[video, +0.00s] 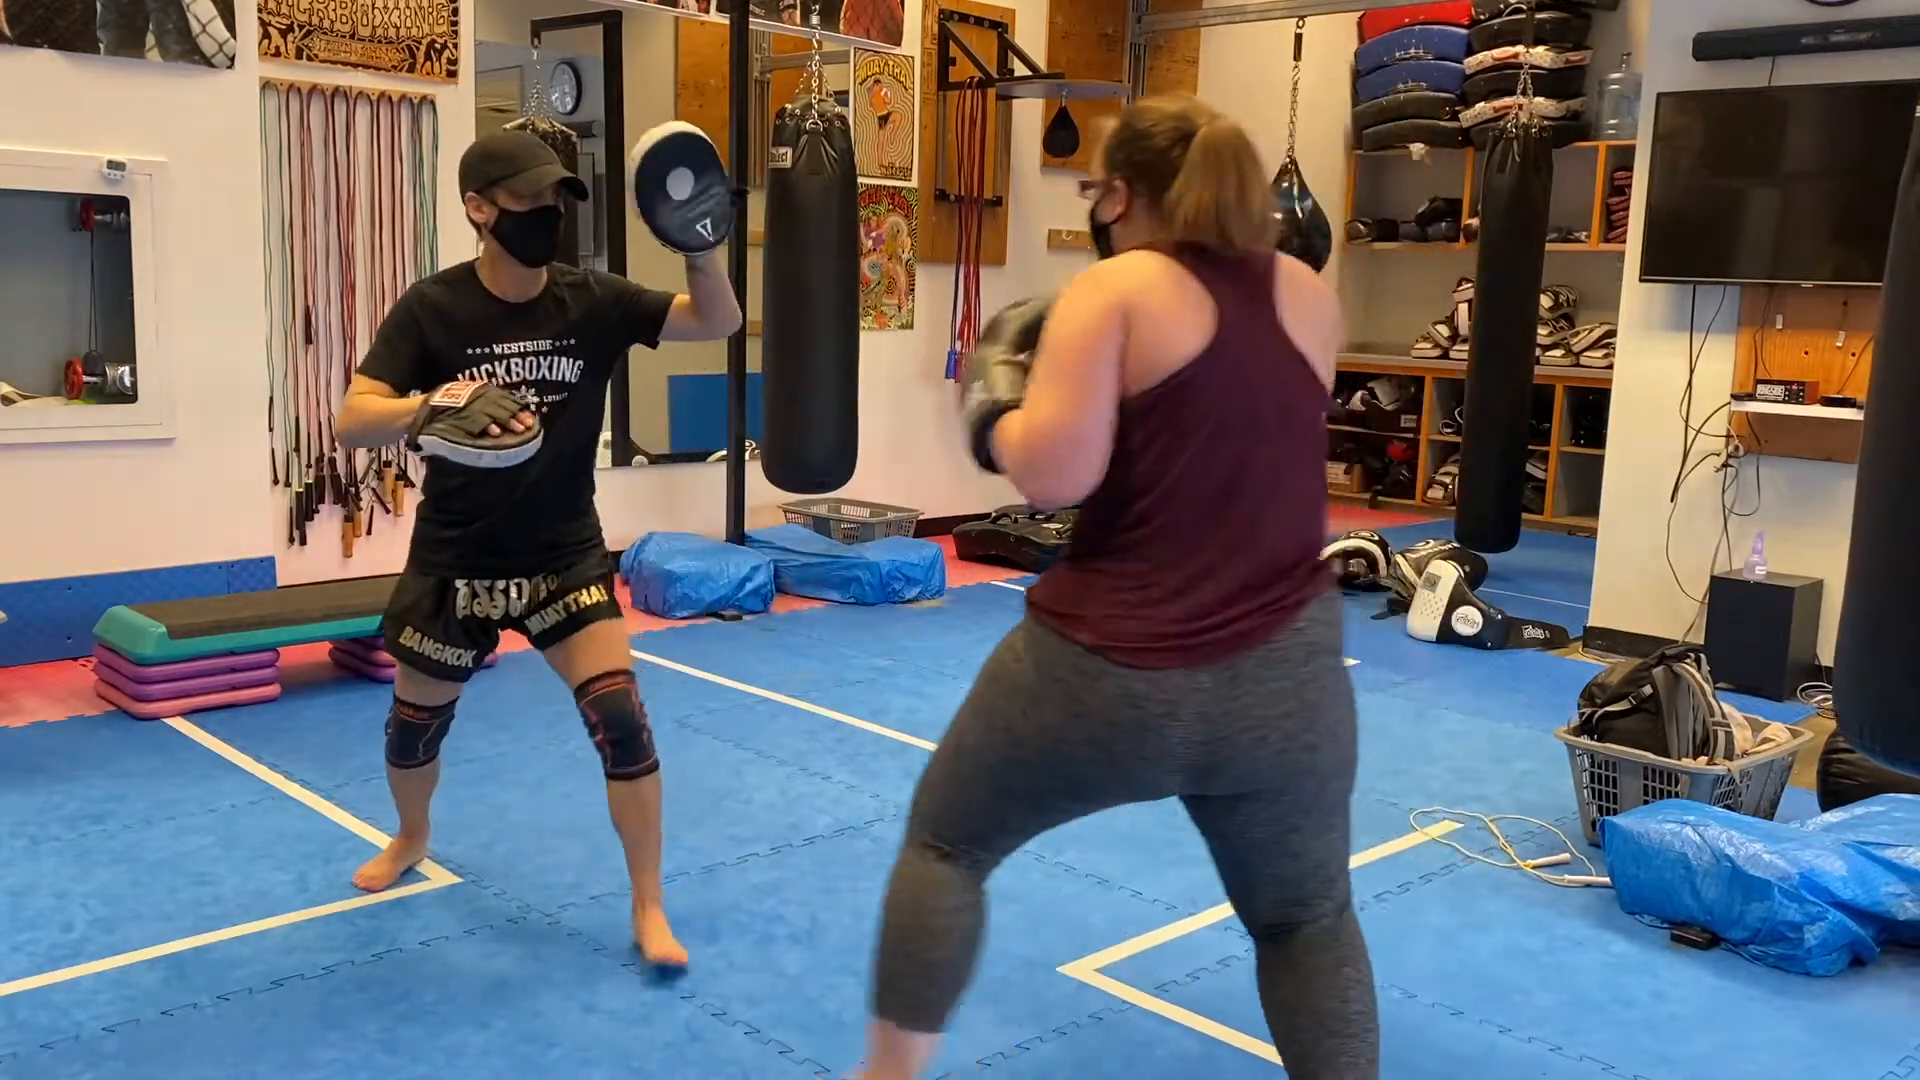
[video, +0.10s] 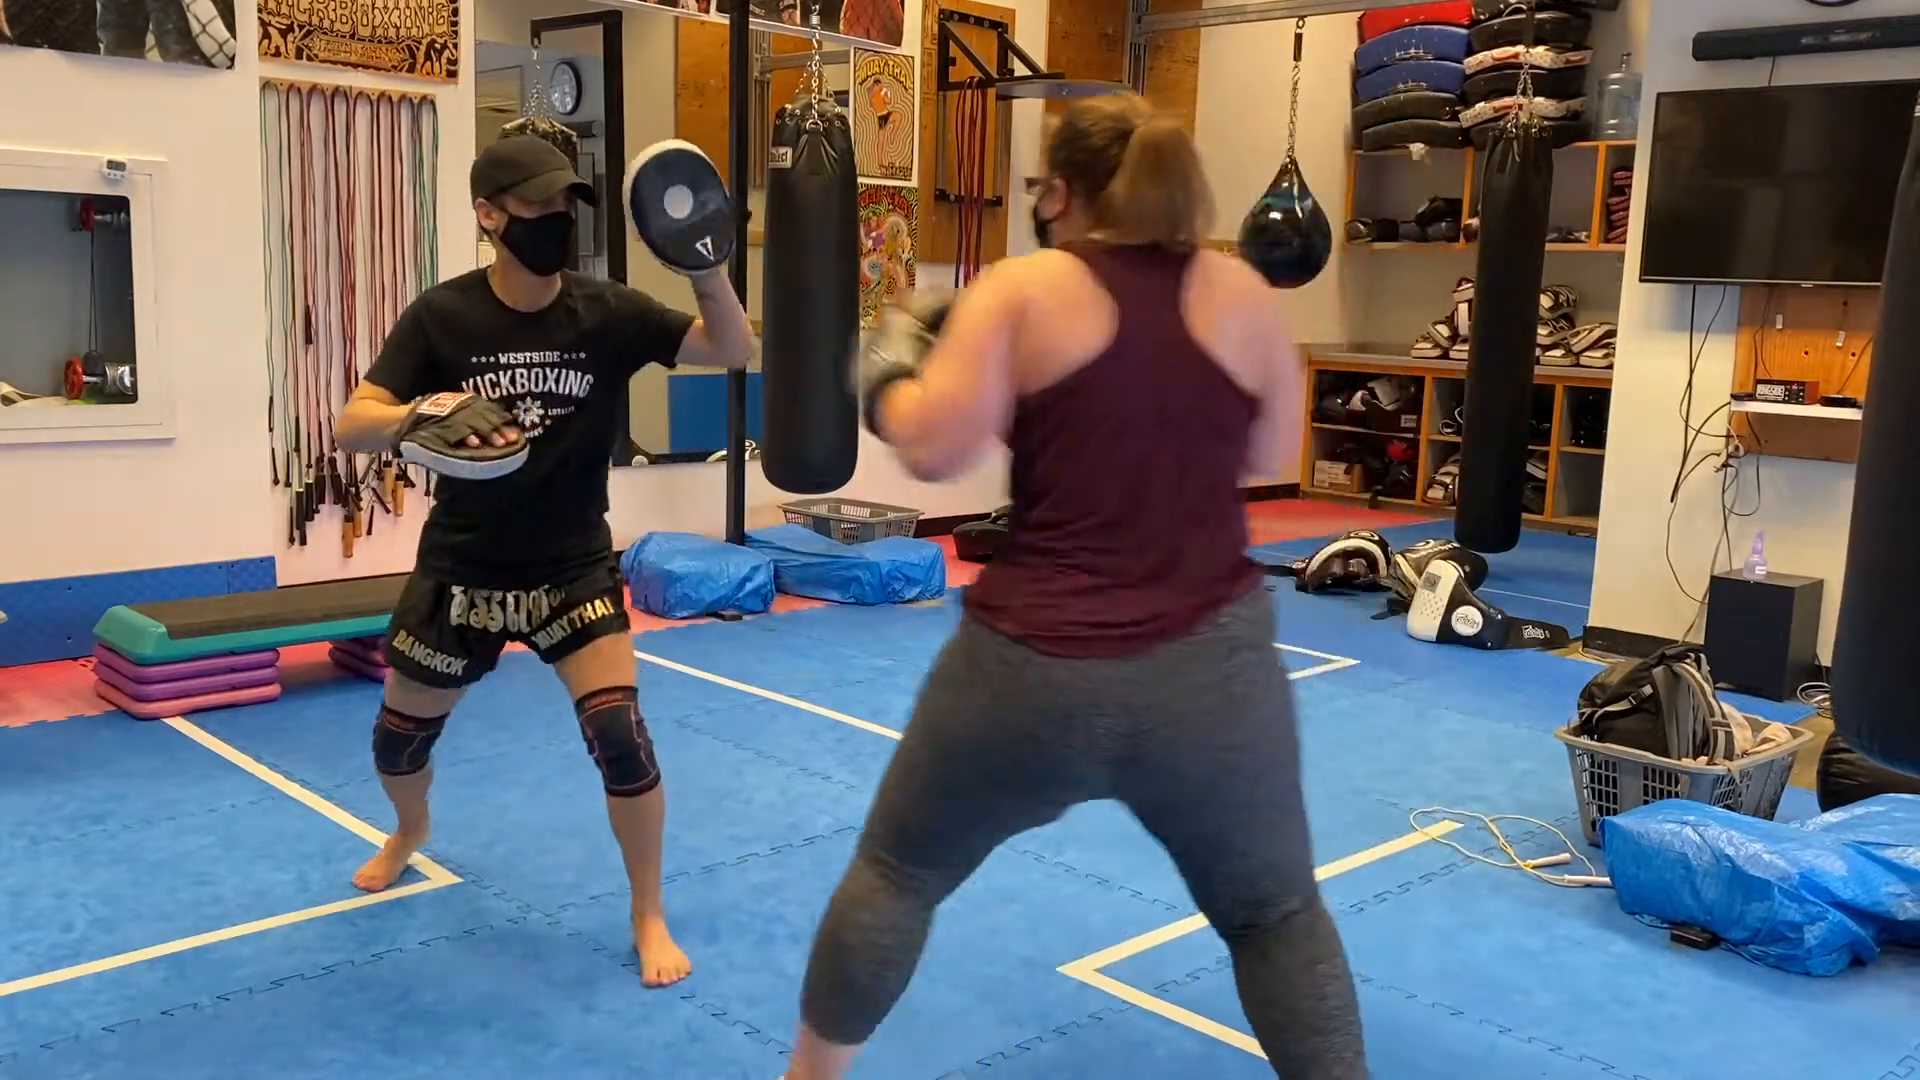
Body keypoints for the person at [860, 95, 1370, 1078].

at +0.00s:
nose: (1098, 213)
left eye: (1103, 194)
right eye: (1098, 195)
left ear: (1134, 194)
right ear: (1229, 184)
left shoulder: (1111, 293)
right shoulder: (1311, 293)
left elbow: (1053, 476)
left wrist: (995, 402)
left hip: (1100, 692)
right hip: (1285, 692)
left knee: (947, 848)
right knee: (1308, 919)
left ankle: (890, 1063)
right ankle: (1346, 1074)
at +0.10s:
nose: (1039, 198)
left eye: (1046, 183)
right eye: (1043, 181)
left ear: (1072, 192)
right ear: (1169, 183)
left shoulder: (1016, 293)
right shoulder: (1245, 294)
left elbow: (936, 445)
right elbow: (1272, 458)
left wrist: (880, 368)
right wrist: (1155, 419)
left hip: (1025, 690)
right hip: (1213, 689)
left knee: (899, 874)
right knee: (1276, 913)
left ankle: (813, 1064)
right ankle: (1336, 1071)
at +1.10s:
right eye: (791, 126)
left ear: (665, 132)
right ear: (785, 134)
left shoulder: (570, 258)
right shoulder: (839, 256)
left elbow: (501, 464)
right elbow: (917, 453)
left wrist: (598, 406)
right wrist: (816, 394)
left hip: (574, 672)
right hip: (772, 667)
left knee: (574, 923)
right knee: (775, 1000)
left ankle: (533, 1076)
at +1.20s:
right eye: (789, 115)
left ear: (662, 120)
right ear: (780, 122)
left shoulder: (561, 246)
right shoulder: (833, 246)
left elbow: (497, 442)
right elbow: (920, 443)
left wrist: (600, 404)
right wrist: (824, 372)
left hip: (557, 667)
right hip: (753, 666)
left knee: (559, 910)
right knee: (759, 996)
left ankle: (512, 1068)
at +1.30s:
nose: (784, 120)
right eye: (779, 103)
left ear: (642, 111)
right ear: (764, 112)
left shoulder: (541, 239)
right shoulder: (802, 236)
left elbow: (477, 432)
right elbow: (892, 442)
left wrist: (600, 396)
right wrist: (811, 348)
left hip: (536, 656)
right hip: (724, 661)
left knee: (539, 897)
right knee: (742, 1002)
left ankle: (473, 1068)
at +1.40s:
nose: (764, 135)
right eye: (758, 117)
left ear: (609, 116)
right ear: (738, 123)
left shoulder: (510, 249)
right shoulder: (751, 242)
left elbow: (460, 434)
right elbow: (835, 452)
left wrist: (580, 398)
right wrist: (852, 359)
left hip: (505, 657)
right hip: (680, 667)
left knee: (511, 904)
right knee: (717, 1008)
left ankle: (421, 1068)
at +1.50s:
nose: (713, 149)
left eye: (706, 132)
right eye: (707, 132)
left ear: (566, 125)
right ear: (685, 136)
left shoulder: (481, 248)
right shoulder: (674, 248)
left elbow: (443, 432)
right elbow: (756, 463)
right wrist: (801, 366)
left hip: (461, 653)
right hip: (620, 671)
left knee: (477, 918)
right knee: (689, 1009)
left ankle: (391, 1071)